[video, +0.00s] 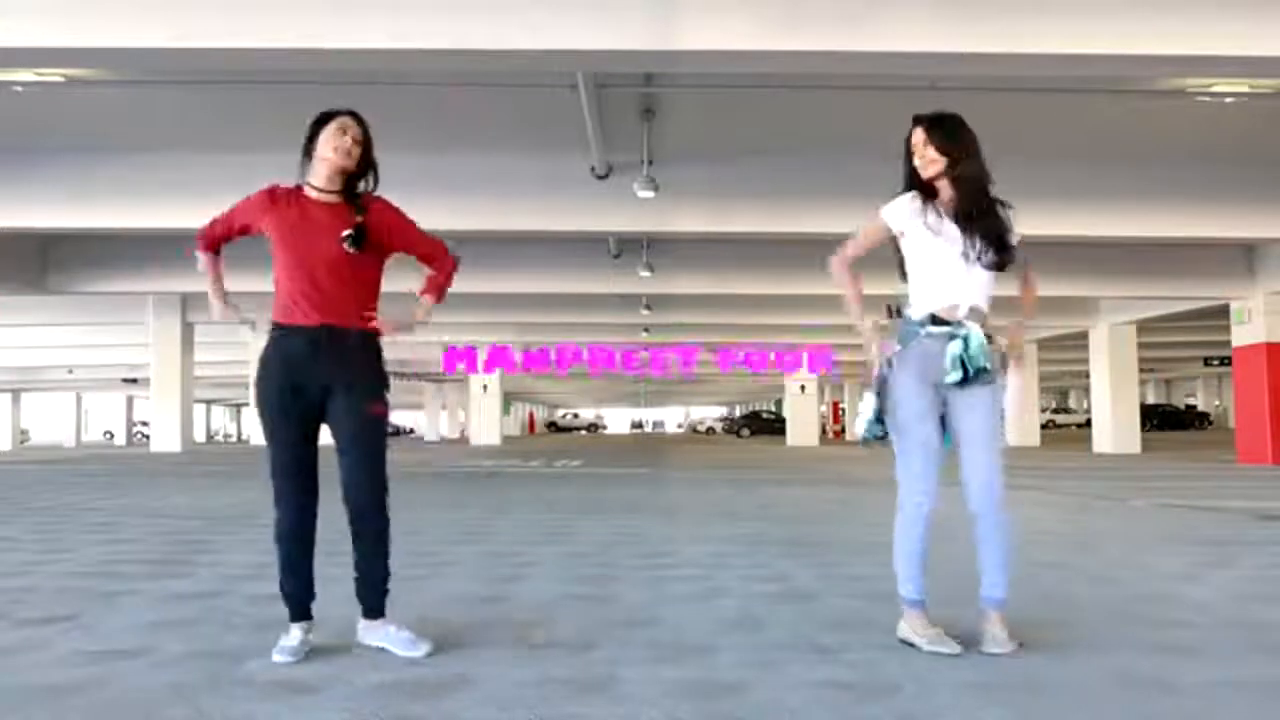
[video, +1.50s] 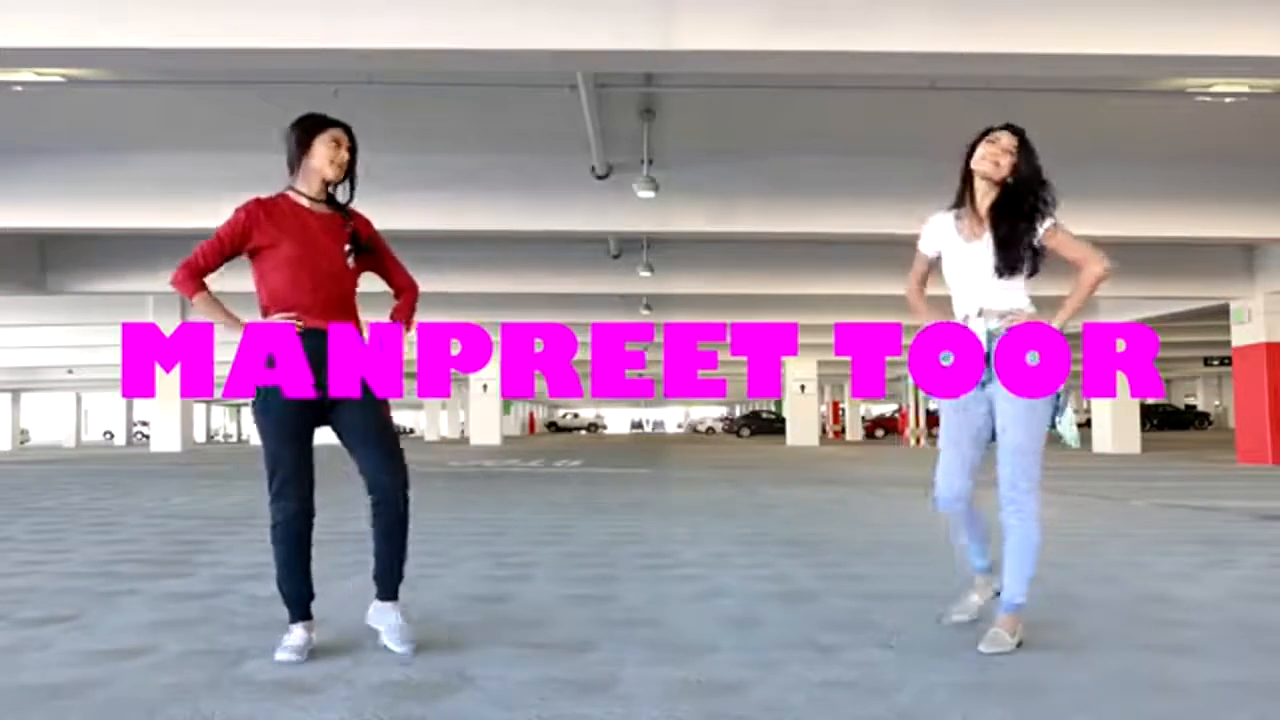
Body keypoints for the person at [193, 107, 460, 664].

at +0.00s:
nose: (347, 143)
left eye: (356, 140)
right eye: (338, 133)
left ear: (362, 161)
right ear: (312, 145)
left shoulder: (375, 213)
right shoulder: (273, 202)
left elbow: (443, 261)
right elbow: (209, 237)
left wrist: (416, 318)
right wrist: (217, 296)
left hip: (355, 358)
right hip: (288, 358)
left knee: (367, 493)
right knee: (294, 498)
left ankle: (373, 621)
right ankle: (298, 624)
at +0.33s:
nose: (344, 157)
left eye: (348, 150)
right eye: (334, 146)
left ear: (346, 162)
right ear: (302, 152)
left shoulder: (358, 224)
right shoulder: (263, 214)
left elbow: (413, 290)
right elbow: (189, 273)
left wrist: (391, 357)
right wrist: (247, 324)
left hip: (355, 371)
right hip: (288, 371)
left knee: (380, 490)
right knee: (292, 497)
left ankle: (361, 620)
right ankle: (298, 623)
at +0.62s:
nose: (342, 166)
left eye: (347, 158)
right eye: (333, 153)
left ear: (346, 168)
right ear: (303, 155)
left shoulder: (353, 226)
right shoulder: (263, 219)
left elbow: (406, 292)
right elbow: (195, 283)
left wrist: (391, 355)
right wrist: (258, 329)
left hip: (358, 371)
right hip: (293, 371)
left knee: (387, 488)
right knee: (297, 499)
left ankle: (365, 617)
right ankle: (302, 621)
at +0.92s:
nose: (344, 163)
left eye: (350, 156)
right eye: (335, 151)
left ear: (349, 168)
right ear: (305, 154)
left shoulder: (357, 226)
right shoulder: (264, 218)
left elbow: (410, 292)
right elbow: (194, 283)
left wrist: (391, 353)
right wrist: (255, 329)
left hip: (357, 371)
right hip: (291, 372)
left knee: (385, 489)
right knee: (295, 499)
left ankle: (365, 618)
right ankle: (301, 620)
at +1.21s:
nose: (343, 161)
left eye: (348, 154)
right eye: (333, 149)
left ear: (348, 166)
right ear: (302, 154)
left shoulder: (356, 227)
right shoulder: (261, 219)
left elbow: (411, 292)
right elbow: (189, 282)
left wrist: (390, 354)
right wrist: (248, 329)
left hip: (354, 370)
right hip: (288, 370)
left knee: (382, 489)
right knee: (292, 499)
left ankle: (365, 619)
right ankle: (301, 623)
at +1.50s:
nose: (343, 155)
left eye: (348, 150)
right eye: (333, 144)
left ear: (347, 164)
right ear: (302, 149)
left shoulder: (354, 226)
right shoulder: (260, 214)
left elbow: (407, 291)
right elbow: (185, 275)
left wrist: (385, 350)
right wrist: (236, 325)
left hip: (347, 366)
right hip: (282, 366)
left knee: (391, 479)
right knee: (289, 499)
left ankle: (387, 604)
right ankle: (300, 623)